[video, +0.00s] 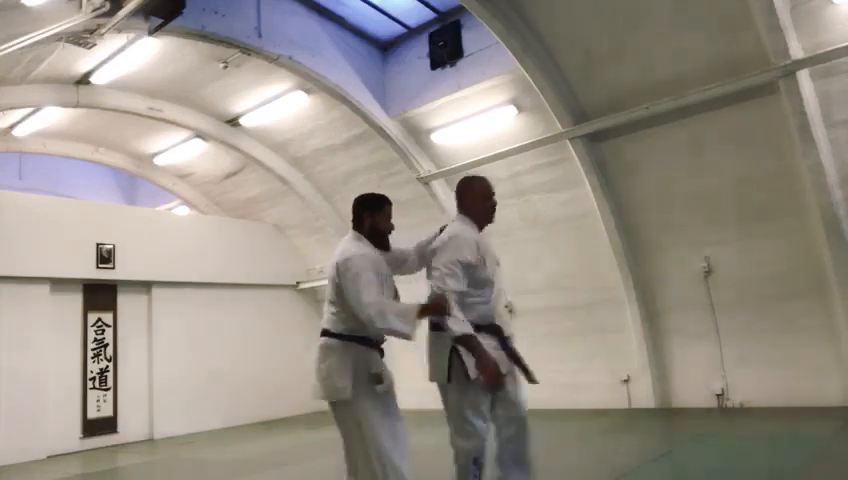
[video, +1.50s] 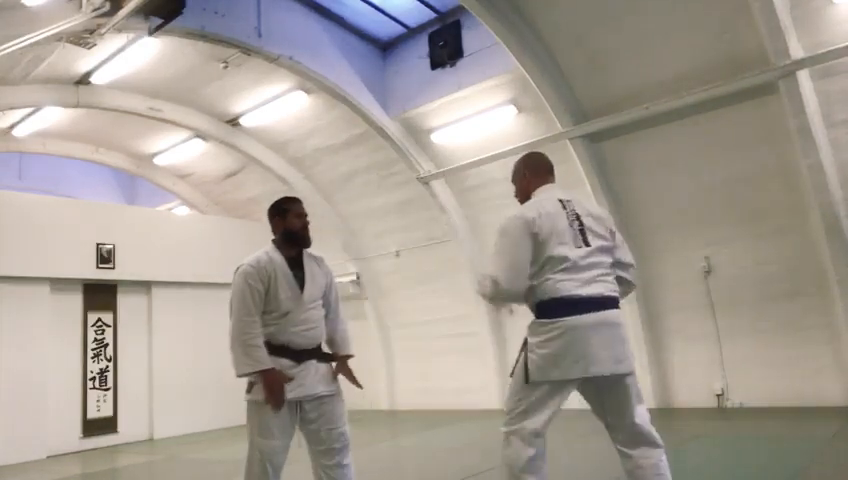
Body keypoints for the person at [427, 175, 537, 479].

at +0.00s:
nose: (495, 204)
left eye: (494, 197)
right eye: (489, 197)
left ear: (470, 201)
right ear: (469, 200)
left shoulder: (478, 239)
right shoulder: (456, 238)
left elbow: (485, 304)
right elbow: (444, 303)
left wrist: (507, 348)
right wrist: (479, 354)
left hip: (491, 345)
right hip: (462, 346)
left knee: (513, 422)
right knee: (472, 436)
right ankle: (471, 477)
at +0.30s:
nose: (462, 200)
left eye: (468, 192)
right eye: (456, 195)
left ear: (488, 193)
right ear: (452, 203)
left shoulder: (525, 235)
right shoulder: (447, 253)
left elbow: (573, 274)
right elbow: (416, 300)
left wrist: (615, 312)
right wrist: (397, 340)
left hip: (535, 341)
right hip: (486, 347)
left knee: (552, 436)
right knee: (492, 439)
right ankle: (497, 477)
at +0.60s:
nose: (447, 203)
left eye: (451, 193)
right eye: (445, 196)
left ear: (477, 185)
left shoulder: (522, 216)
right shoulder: (462, 246)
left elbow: (573, 262)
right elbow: (445, 306)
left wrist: (540, 307)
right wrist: (424, 362)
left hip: (542, 336)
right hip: (500, 340)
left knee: (544, 436)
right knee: (494, 436)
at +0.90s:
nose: (472, 198)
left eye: (475, 187)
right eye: (471, 190)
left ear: (497, 180)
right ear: (502, 181)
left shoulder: (522, 210)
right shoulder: (518, 216)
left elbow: (538, 274)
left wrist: (503, 344)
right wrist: (507, 349)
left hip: (570, 333)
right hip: (547, 337)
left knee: (585, 452)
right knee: (529, 436)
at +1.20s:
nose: (510, 179)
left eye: (513, 169)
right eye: (510, 170)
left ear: (528, 168)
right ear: (546, 169)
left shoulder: (534, 207)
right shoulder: (577, 203)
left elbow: (531, 280)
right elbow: (592, 270)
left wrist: (513, 318)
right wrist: (547, 315)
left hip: (573, 330)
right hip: (608, 323)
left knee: (586, 444)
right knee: (617, 431)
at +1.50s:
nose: (515, 193)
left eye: (515, 184)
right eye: (514, 185)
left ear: (525, 179)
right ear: (551, 178)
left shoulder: (524, 218)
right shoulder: (596, 212)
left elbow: (511, 288)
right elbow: (626, 274)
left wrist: (488, 287)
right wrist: (593, 300)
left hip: (557, 335)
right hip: (608, 331)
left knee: (522, 430)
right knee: (636, 432)